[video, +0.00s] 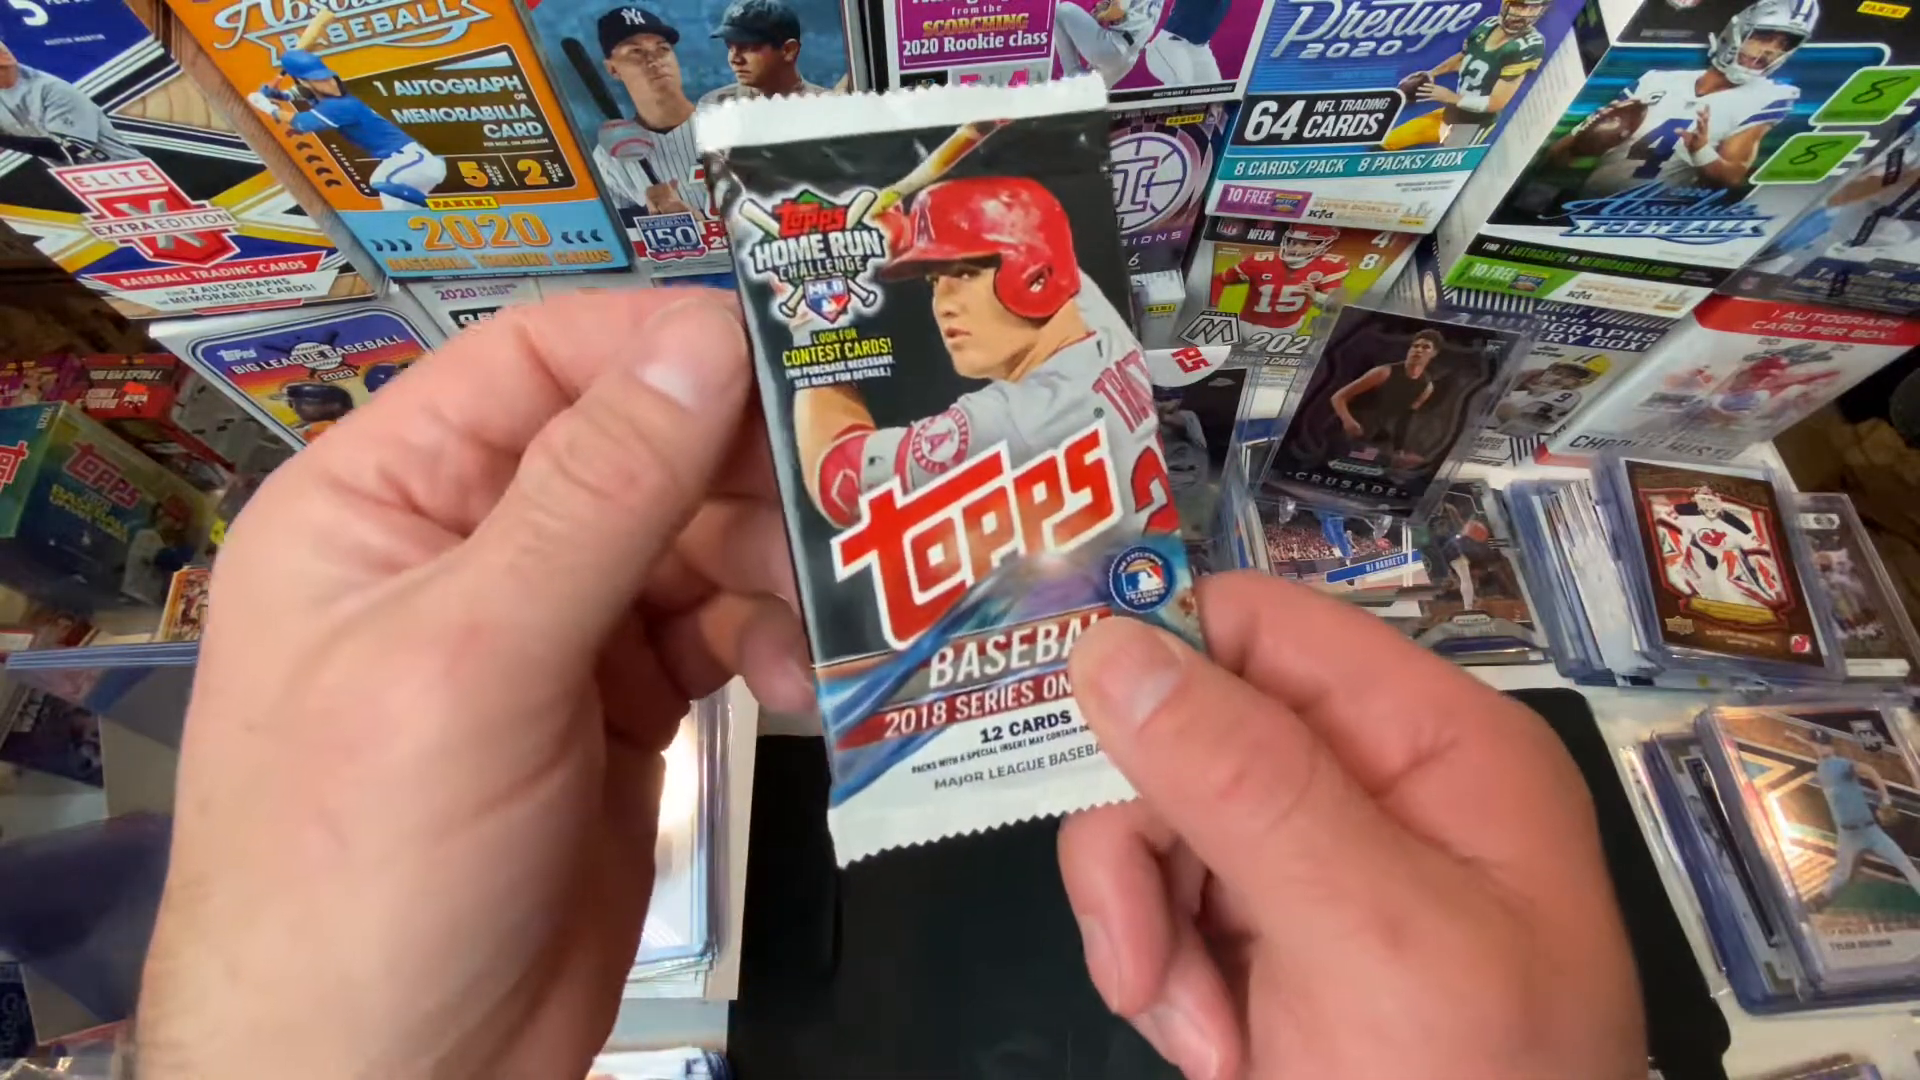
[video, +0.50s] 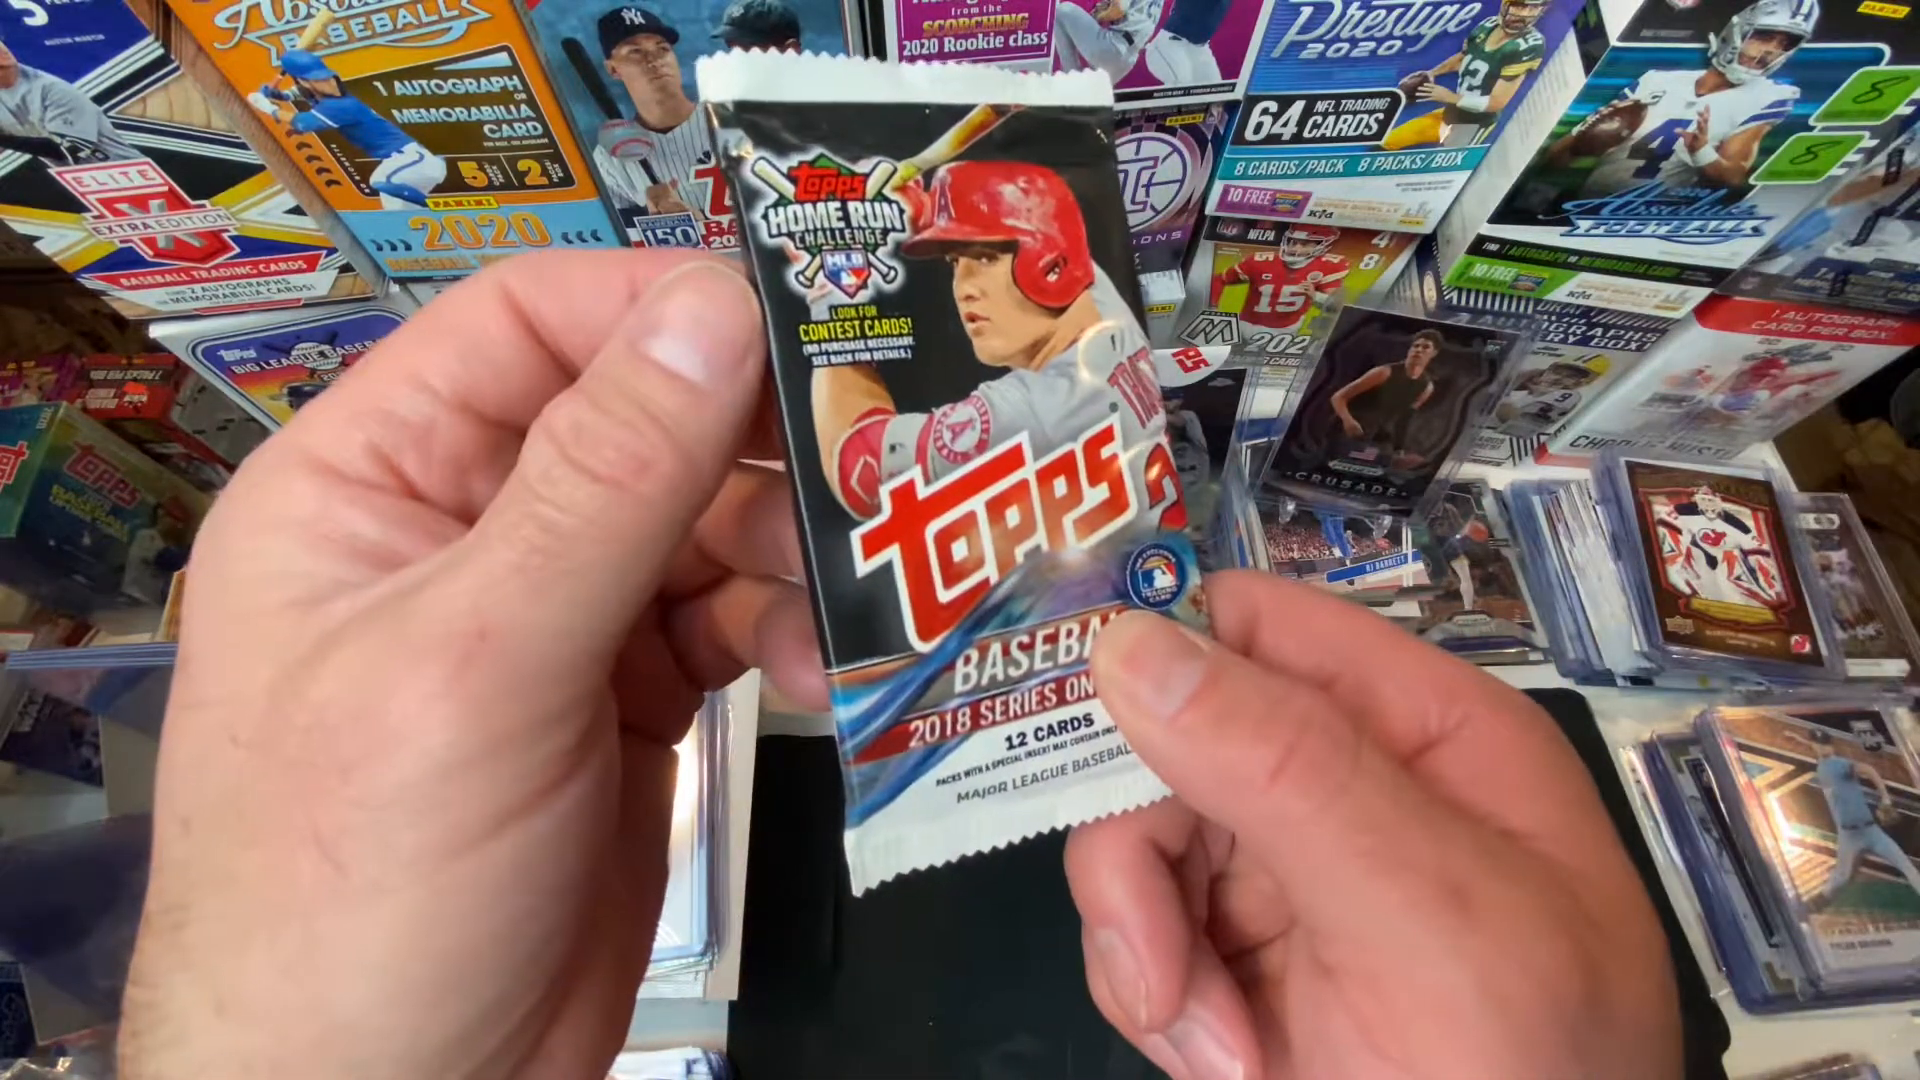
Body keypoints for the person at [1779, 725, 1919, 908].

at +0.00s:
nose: (1823, 750)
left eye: (1825, 744)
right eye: (1819, 746)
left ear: (1831, 745)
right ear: (1814, 748)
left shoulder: (1840, 764)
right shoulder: (1822, 768)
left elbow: (1869, 770)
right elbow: (1815, 749)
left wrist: (1885, 798)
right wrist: (1800, 740)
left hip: (1870, 828)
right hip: (1846, 833)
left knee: (1904, 863)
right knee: (1842, 874)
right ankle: (1823, 898)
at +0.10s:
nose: (1823, 750)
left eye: (1825, 744)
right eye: (1819, 746)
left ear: (1831, 745)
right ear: (1814, 748)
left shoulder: (1841, 764)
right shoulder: (1822, 768)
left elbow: (1869, 770)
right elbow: (1815, 750)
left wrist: (1885, 797)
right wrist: (1800, 740)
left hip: (1870, 828)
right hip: (1846, 833)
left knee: (1904, 863)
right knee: (1842, 874)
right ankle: (1823, 898)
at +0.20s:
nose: (1823, 750)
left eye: (1825, 744)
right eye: (1819, 746)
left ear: (1831, 745)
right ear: (1814, 748)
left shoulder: (1841, 764)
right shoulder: (1822, 768)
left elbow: (1869, 770)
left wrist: (1885, 797)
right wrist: (1801, 740)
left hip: (1870, 828)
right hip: (1846, 833)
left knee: (1904, 863)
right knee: (1842, 874)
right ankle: (1823, 898)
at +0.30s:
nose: (1823, 750)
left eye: (1825, 745)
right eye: (1819, 746)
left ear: (1831, 745)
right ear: (1814, 748)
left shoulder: (1841, 764)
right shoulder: (1821, 768)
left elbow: (1869, 770)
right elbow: (1814, 748)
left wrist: (1884, 797)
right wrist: (1799, 739)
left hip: (1870, 828)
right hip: (1846, 833)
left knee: (1904, 863)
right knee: (1842, 874)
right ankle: (1824, 898)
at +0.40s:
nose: (1824, 749)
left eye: (1827, 744)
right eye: (1819, 745)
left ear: (1831, 744)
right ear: (1813, 747)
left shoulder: (1840, 764)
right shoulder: (1824, 768)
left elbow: (1869, 770)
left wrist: (1885, 798)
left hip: (1870, 828)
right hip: (1847, 834)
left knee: (1903, 863)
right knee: (1842, 875)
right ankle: (1822, 899)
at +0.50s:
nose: (1825, 749)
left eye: (1827, 744)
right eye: (1820, 746)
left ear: (1831, 745)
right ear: (1813, 747)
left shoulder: (1840, 764)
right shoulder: (1824, 767)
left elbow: (1869, 770)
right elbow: (1866, 770)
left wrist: (1885, 798)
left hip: (1870, 829)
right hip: (1847, 834)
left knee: (1904, 863)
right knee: (1842, 875)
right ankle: (1821, 899)